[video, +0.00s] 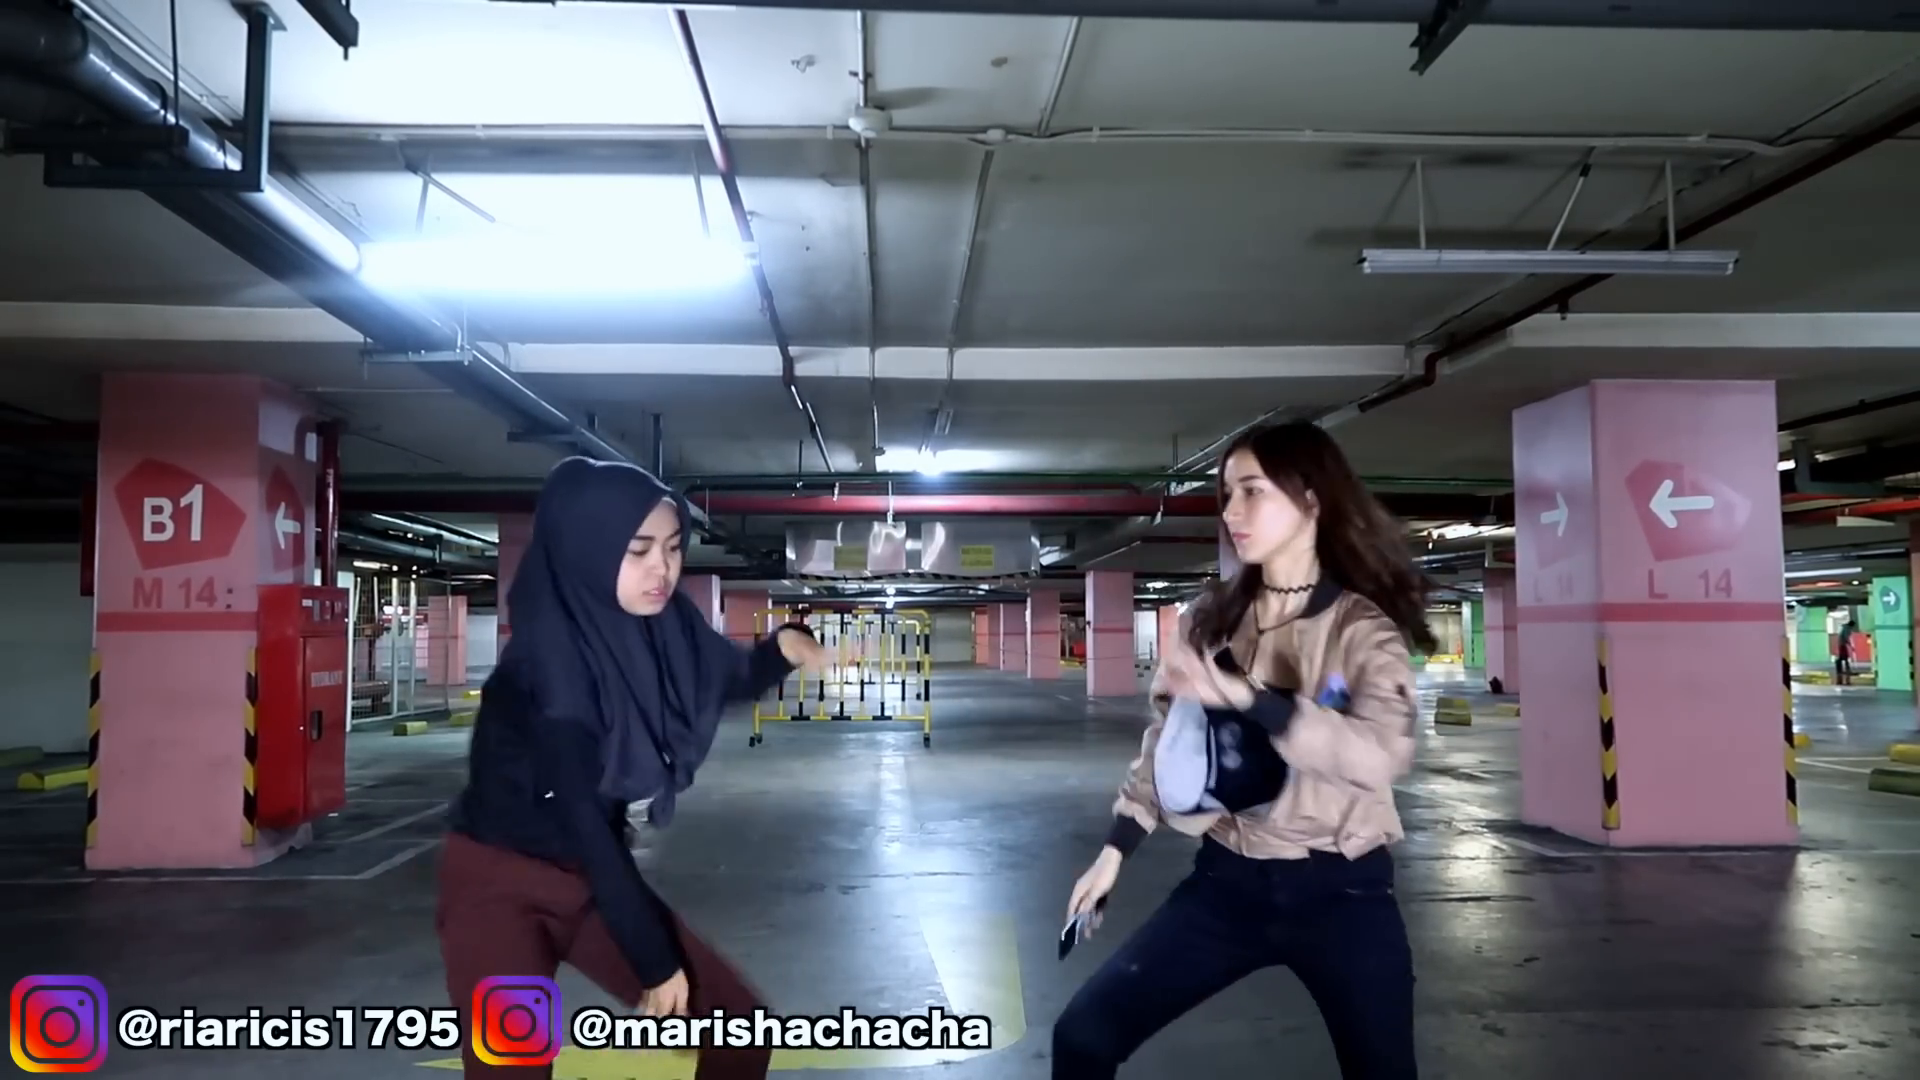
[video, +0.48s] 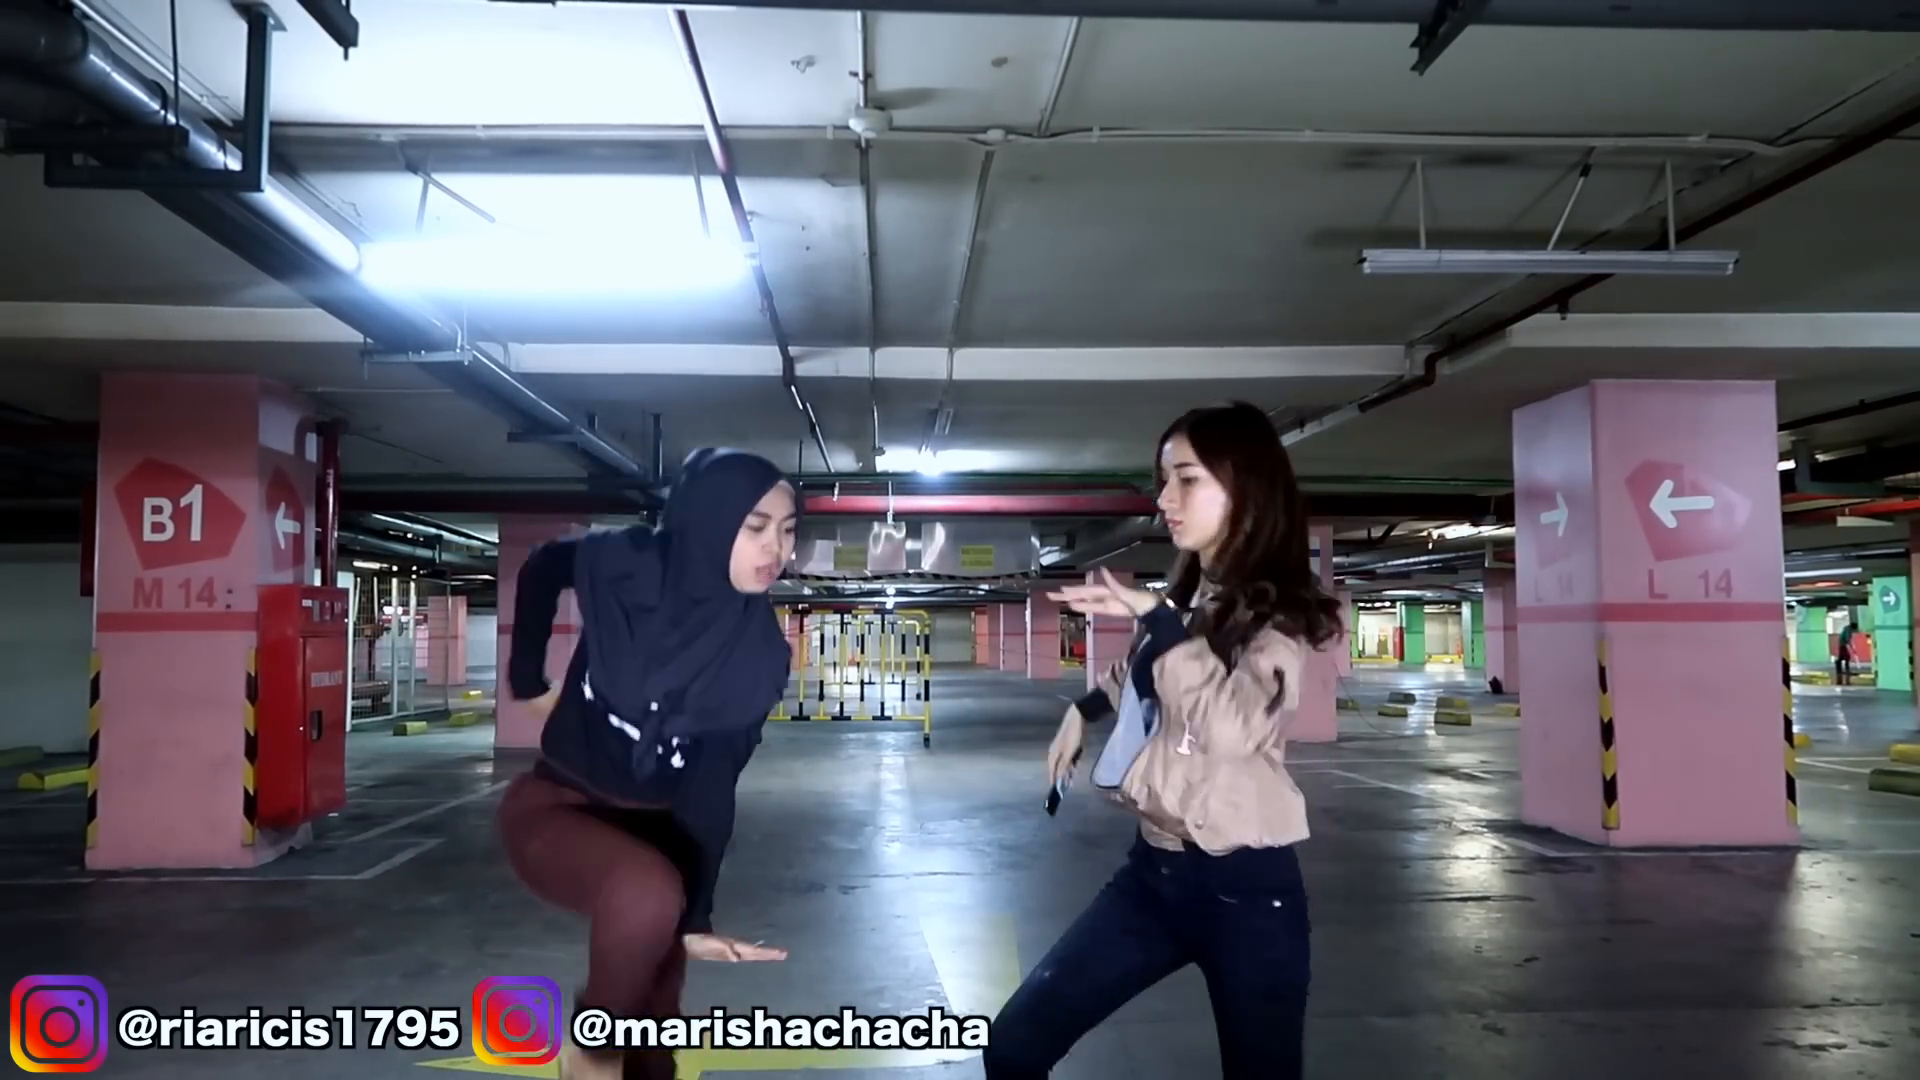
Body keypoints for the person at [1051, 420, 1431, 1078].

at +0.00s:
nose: (1229, 513)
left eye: (1250, 491)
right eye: (1228, 495)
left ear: (1310, 503)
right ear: (1227, 508)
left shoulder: (1363, 628)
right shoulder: (1210, 620)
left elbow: (1383, 756)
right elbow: (1165, 737)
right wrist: (1115, 848)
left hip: (1345, 891)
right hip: (1227, 884)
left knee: (1385, 1069)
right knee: (1083, 1036)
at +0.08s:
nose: (1218, 492)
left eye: (1240, 470)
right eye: (1217, 473)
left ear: (1299, 481)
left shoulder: (1345, 609)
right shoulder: (1218, 595)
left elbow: (1321, 728)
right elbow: (1172, 705)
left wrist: (1211, 637)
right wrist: (1115, 805)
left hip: (1312, 880)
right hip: (1199, 869)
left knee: (1358, 1070)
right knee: (1066, 1050)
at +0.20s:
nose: (1200, 482)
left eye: (1222, 461)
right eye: (1201, 462)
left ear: (1280, 473)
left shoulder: (1316, 600)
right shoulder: (1199, 578)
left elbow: (1262, 715)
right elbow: (1150, 692)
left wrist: (1181, 598)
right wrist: (1097, 783)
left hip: (1246, 863)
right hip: (1140, 848)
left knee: (1299, 1067)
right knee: (1073, 1051)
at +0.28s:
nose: (1194, 484)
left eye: (1213, 461)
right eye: (1194, 465)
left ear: (1270, 472)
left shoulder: (1304, 608)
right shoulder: (1192, 586)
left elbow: (1241, 733)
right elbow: (1150, 709)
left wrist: (1170, 619)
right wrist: (1087, 790)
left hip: (1241, 869)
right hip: (1138, 853)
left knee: (1259, 1070)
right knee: (1068, 1057)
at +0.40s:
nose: (1180, 494)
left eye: (1200, 473)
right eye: (1180, 475)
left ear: (1259, 484)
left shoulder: (1297, 613)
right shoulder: (1194, 593)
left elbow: (1231, 754)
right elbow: (1149, 702)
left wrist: (1173, 648)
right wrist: (1083, 761)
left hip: (1257, 880)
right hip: (1160, 868)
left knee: (1270, 1072)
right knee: (1025, 1051)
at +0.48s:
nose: (1163, 500)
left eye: (1185, 480)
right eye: (1163, 482)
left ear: (1244, 488)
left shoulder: (1281, 611)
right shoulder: (1185, 593)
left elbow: (1236, 726)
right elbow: (1150, 673)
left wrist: (1155, 616)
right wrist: (1085, 711)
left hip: (1250, 885)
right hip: (1155, 873)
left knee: (1263, 1072)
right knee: (1014, 1046)